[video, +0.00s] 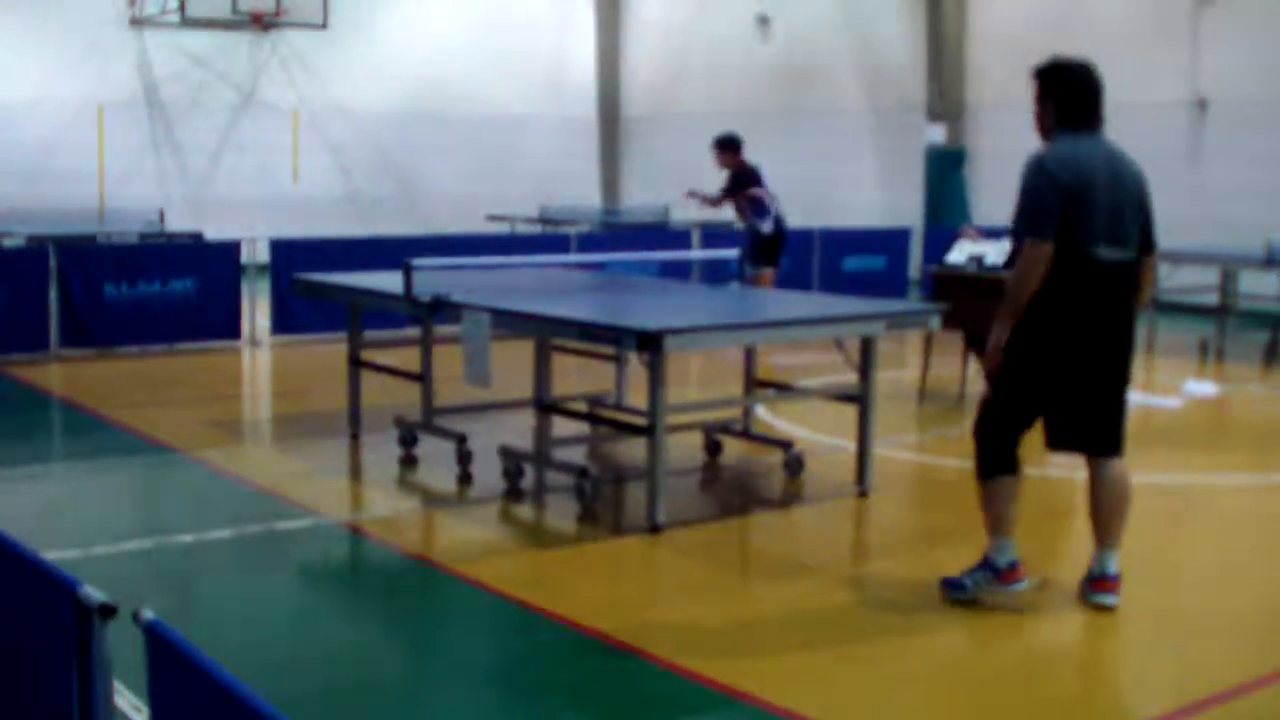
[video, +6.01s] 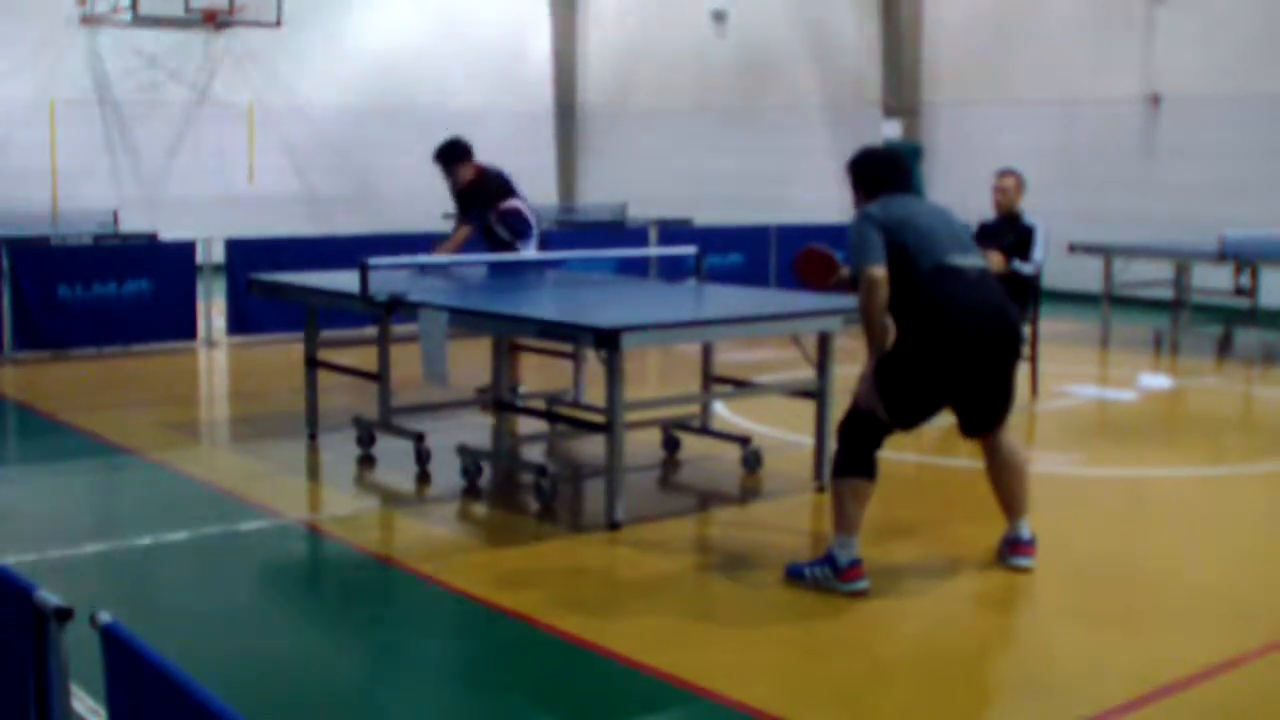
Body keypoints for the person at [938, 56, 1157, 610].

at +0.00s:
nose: (1035, 113)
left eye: (1038, 103)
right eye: (1037, 102)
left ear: (1051, 107)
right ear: (1094, 106)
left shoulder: (1049, 166)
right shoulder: (1126, 171)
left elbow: (1033, 260)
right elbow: (1144, 273)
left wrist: (1001, 327)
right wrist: (1115, 319)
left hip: (1046, 336)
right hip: (1107, 338)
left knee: (995, 430)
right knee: (1106, 448)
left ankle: (1001, 560)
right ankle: (1107, 569)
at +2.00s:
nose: (876, 145)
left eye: (879, 137)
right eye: (881, 136)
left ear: (885, 142)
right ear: (931, 138)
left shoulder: (888, 192)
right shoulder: (959, 188)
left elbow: (851, 264)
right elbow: (982, 267)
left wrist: (869, 197)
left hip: (921, 339)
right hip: (979, 338)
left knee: (869, 444)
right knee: (979, 438)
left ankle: (837, 562)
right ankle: (1007, 544)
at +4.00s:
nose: (849, 219)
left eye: (849, 210)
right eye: (848, 210)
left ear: (858, 208)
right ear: (899, 196)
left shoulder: (872, 235)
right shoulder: (937, 226)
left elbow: (881, 305)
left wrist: (870, 382)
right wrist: (856, 304)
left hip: (944, 353)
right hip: (1006, 346)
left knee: (871, 439)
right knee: (999, 438)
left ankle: (845, 561)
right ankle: (1023, 542)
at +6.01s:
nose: (855, 198)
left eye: (854, 190)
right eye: (855, 190)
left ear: (863, 188)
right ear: (906, 181)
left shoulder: (871, 218)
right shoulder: (942, 215)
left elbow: (875, 282)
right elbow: (981, 271)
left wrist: (876, 358)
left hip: (933, 341)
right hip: (995, 338)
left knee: (858, 433)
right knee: (993, 431)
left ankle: (844, 556)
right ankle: (1021, 534)